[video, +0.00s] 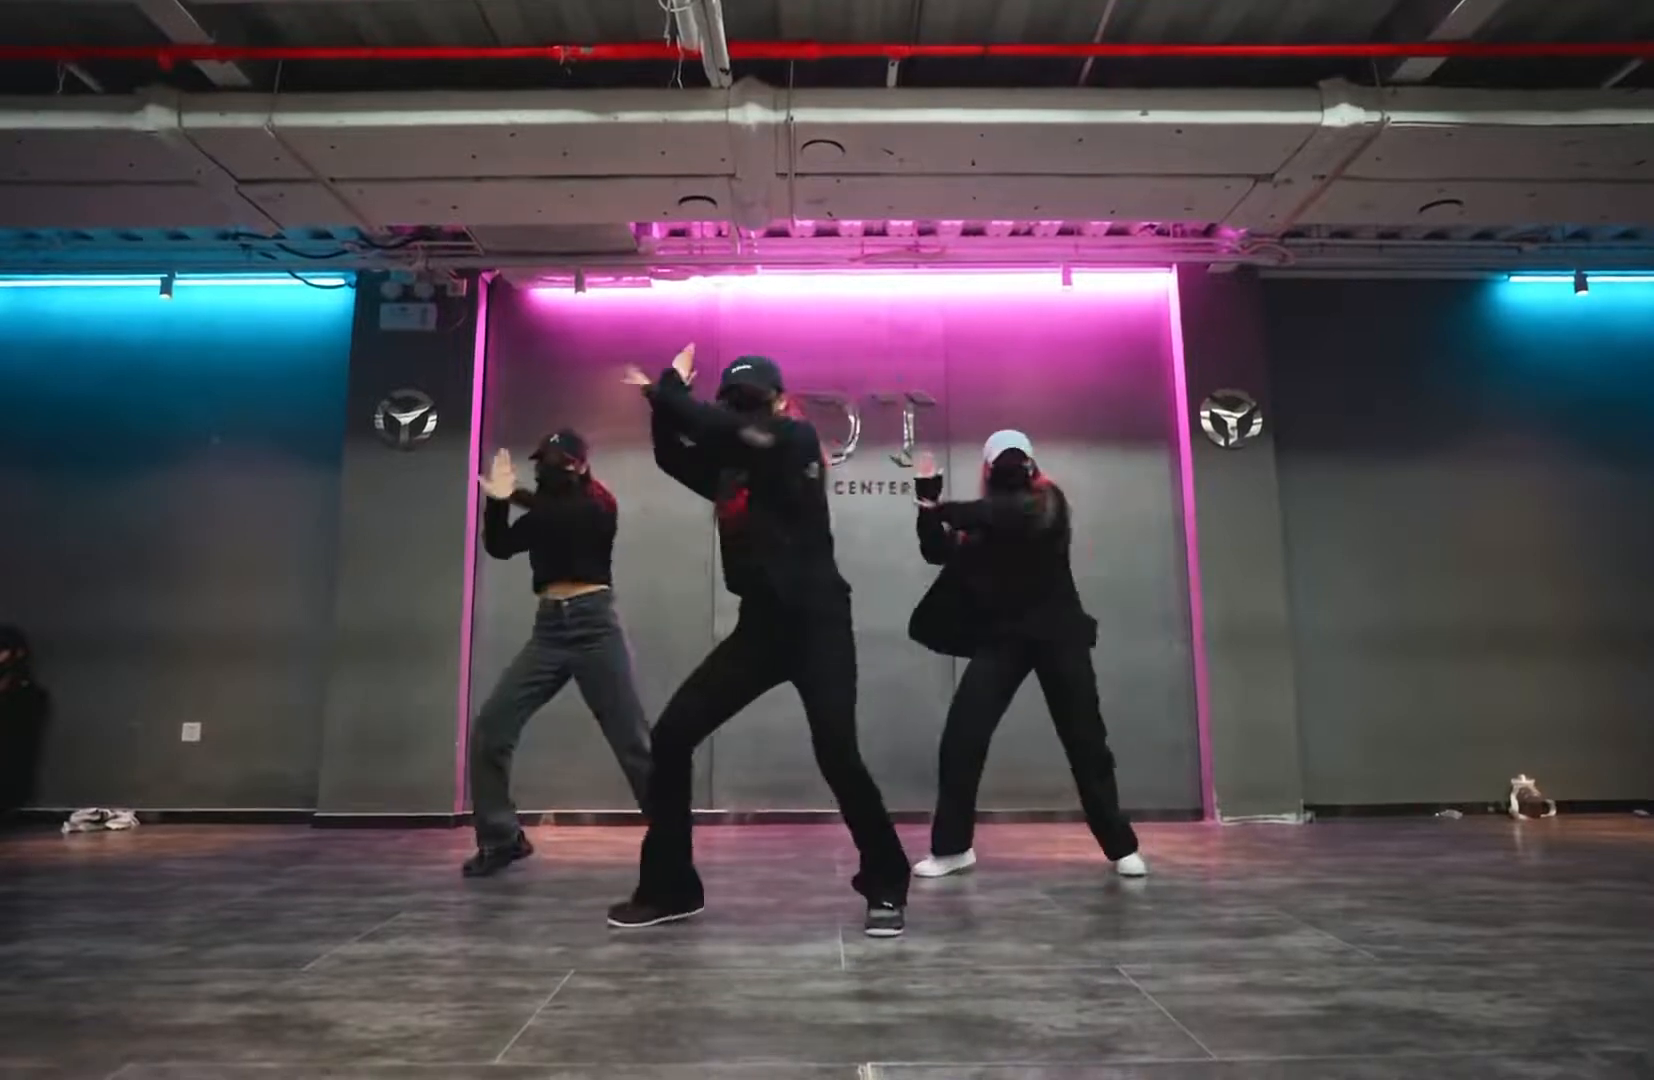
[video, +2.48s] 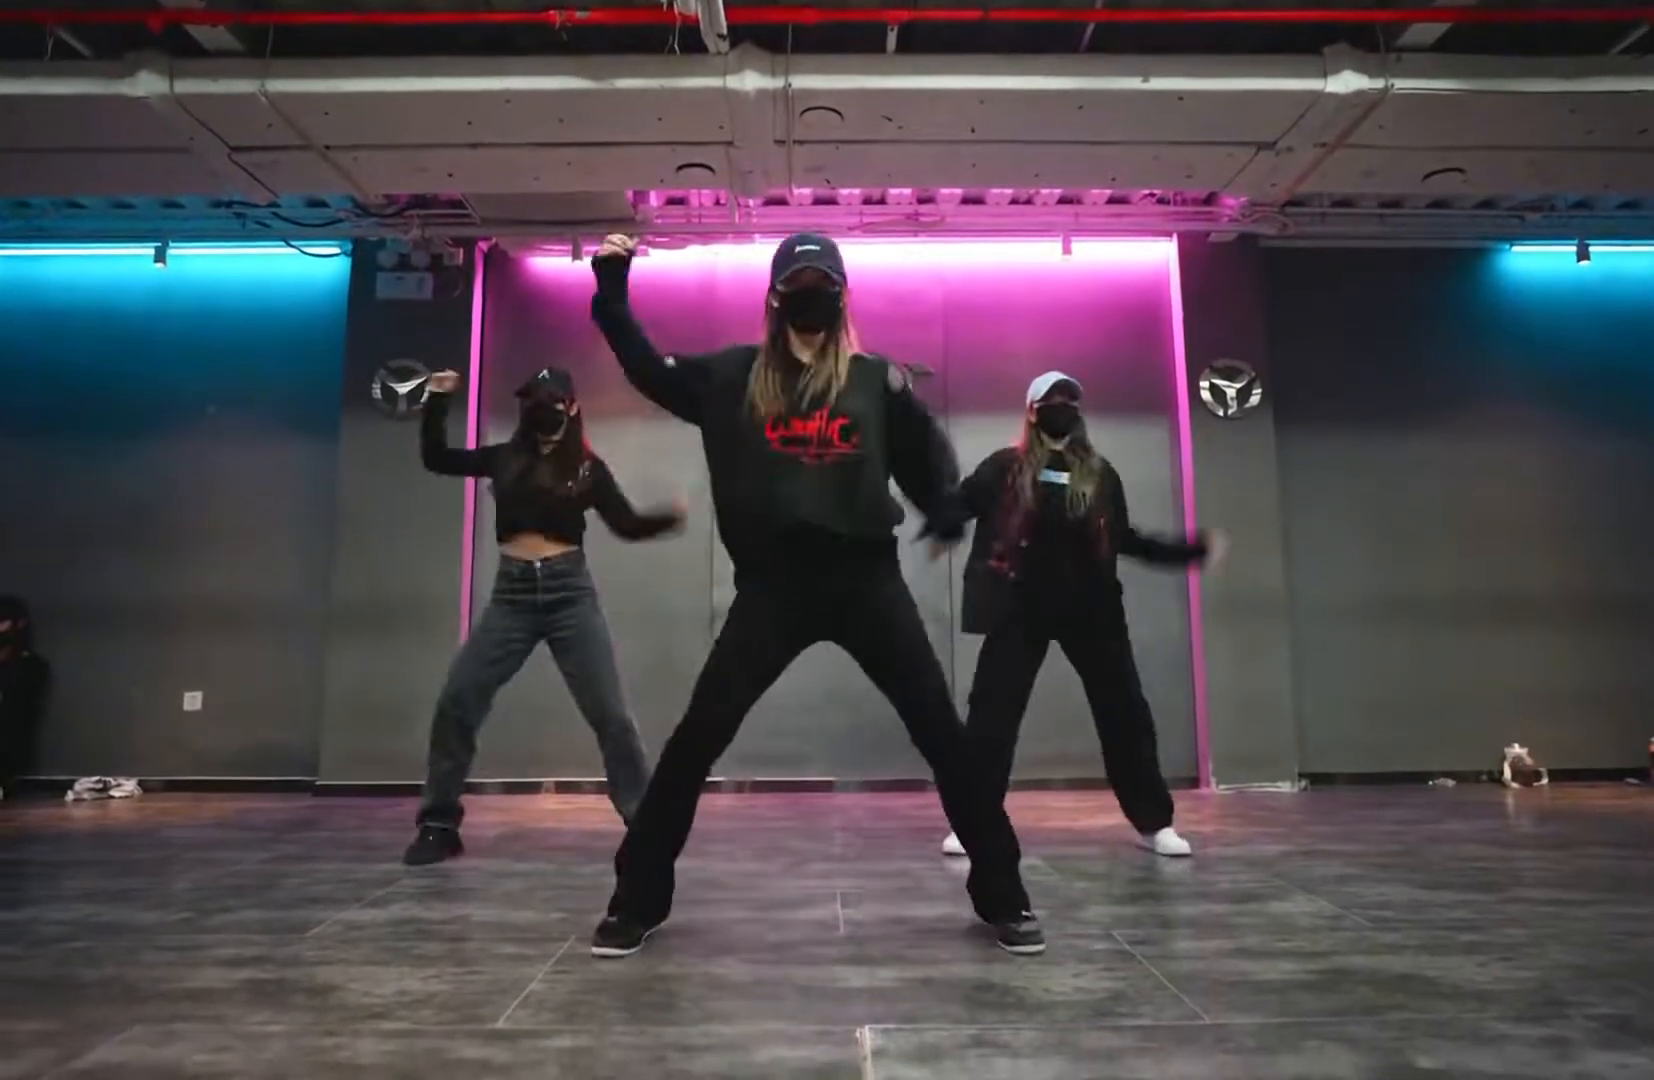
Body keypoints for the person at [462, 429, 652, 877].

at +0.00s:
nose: (541, 471)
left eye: (549, 464)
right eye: (540, 463)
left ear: (573, 465)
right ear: (544, 466)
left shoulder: (597, 504)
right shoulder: (545, 508)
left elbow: (564, 509)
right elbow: (499, 546)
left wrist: (517, 495)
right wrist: (496, 499)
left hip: (595, 627)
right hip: (550, 629)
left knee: (632, 741)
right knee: (491, 728)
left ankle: (675, 841)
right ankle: (500, 839)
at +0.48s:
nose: (612, 470)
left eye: (621, 462)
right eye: (606, 462)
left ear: (637, 461)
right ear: (596, 462)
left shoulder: (661, 502)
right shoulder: (593, 508)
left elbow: (707, 550)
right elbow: (536, 524)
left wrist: (698, 506)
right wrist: (544, 471)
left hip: (658, 626)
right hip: (609, 626)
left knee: (659, 742)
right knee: (574, 725)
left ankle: (674, 841)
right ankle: (579, 817)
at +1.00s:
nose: (641, 438)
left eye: (649, 431)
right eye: (633, 431)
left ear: (662, 435)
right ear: (621, 436)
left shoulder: (678, 473)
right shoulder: (609, 477)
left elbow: (719, 518)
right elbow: (560, 518)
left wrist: (721, 558)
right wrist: (562, 468)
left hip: (664, 600)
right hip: (617, 601)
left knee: (674, 724)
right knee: (622, 724)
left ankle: (695, 834)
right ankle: (647, 827)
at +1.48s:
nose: (549, 484)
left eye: (560, 476)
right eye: (544, 474)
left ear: (581, 477)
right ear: (537, 474)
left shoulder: (604, 523)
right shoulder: (523, 522)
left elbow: (632, 581)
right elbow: (528, 585)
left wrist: (606, 629)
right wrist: (554, 617)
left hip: (596, 660)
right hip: (542, 655)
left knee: (623, 758)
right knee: (482, 741)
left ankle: (683, 834)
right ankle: (460, 851)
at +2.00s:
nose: (548, 440)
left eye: (557, 430)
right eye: (540, 430)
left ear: (574, 427)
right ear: (528, 428)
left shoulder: (594, 484)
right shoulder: (514, 475)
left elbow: (607, 555)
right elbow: (472, 536)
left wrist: (615, 618)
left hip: (572, 606)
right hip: (512, 606)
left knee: (609, 697)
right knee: (465, 719)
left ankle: (631, 821)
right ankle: (442, 832)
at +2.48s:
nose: (544, 416)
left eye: (554, 407)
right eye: (536, 407)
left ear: (572, 410)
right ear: (524, 409)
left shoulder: (588, 468)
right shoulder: (505, 458)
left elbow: (628, 525)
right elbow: (437, 459)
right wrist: (436, 400)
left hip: (570, 597)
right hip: (512, 598)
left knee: (610, 714)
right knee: (458, 700)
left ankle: (645, 830)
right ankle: (438, 823)